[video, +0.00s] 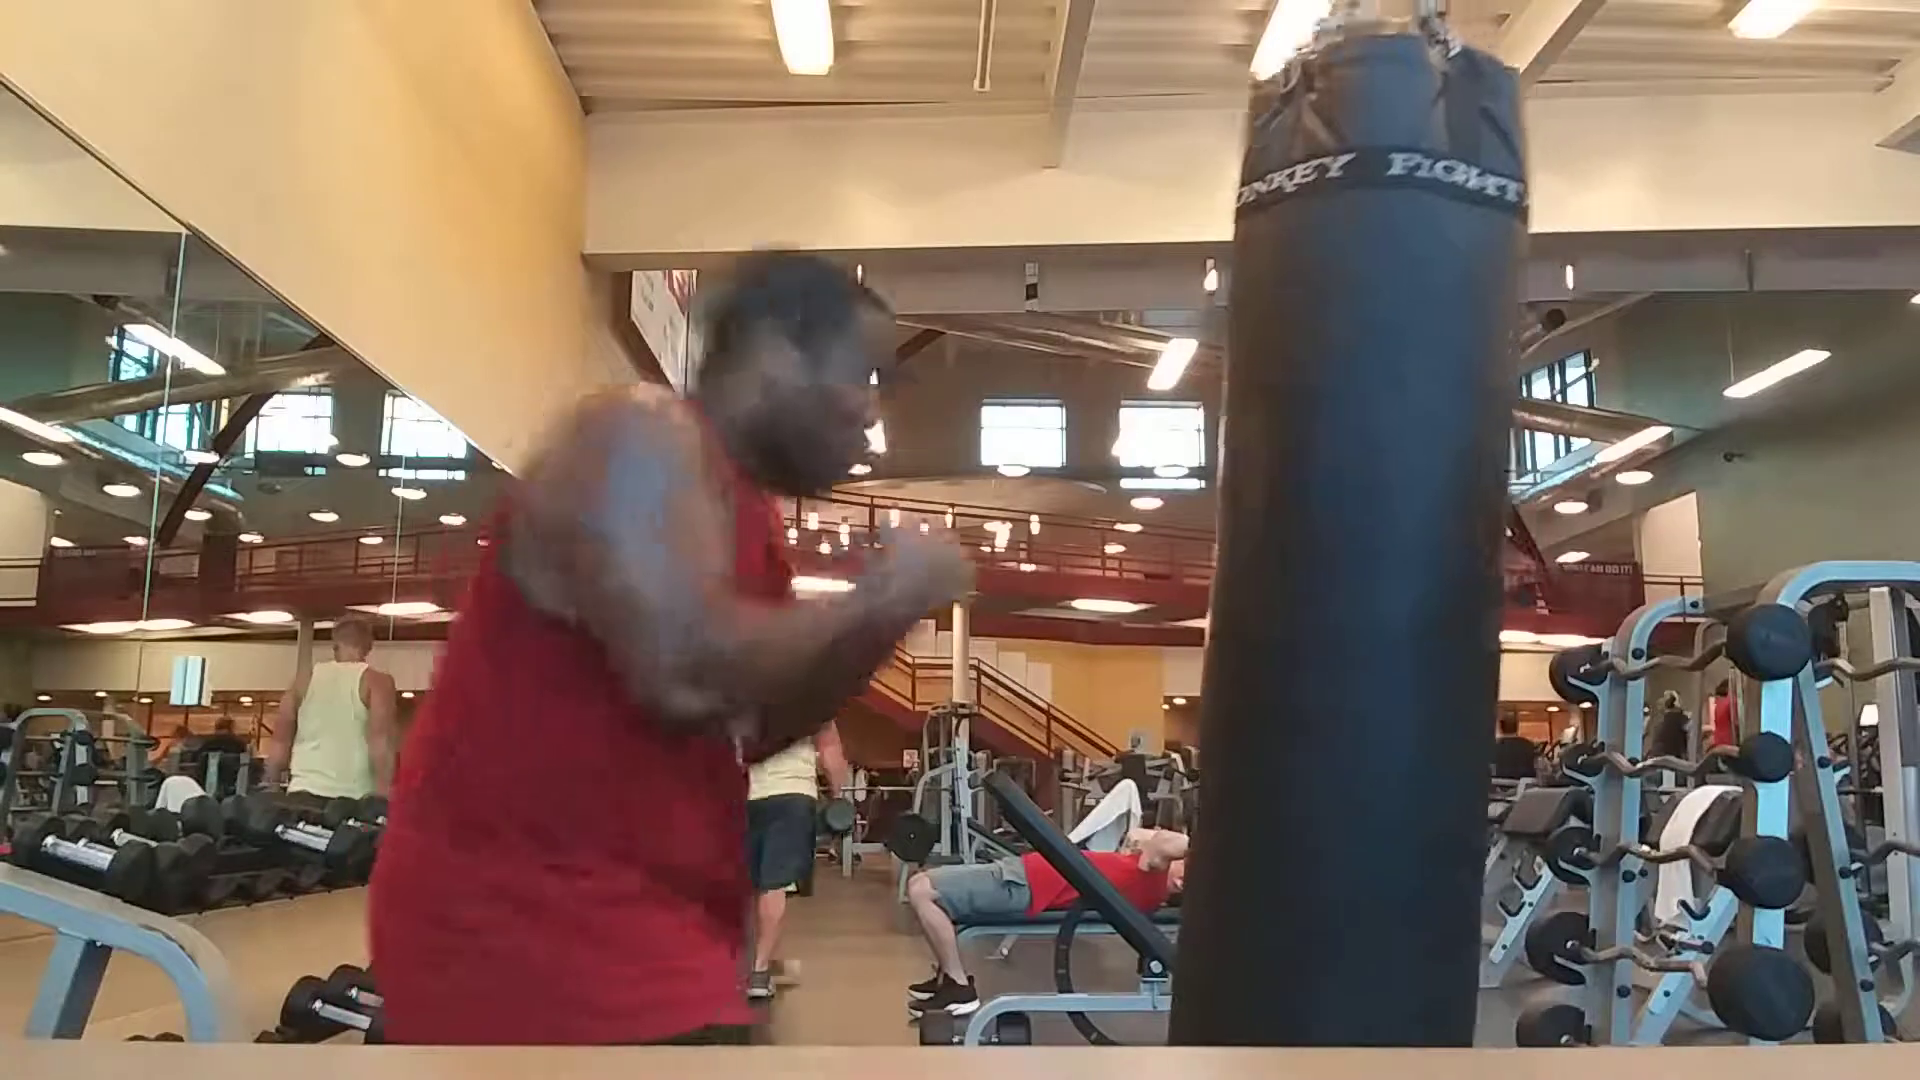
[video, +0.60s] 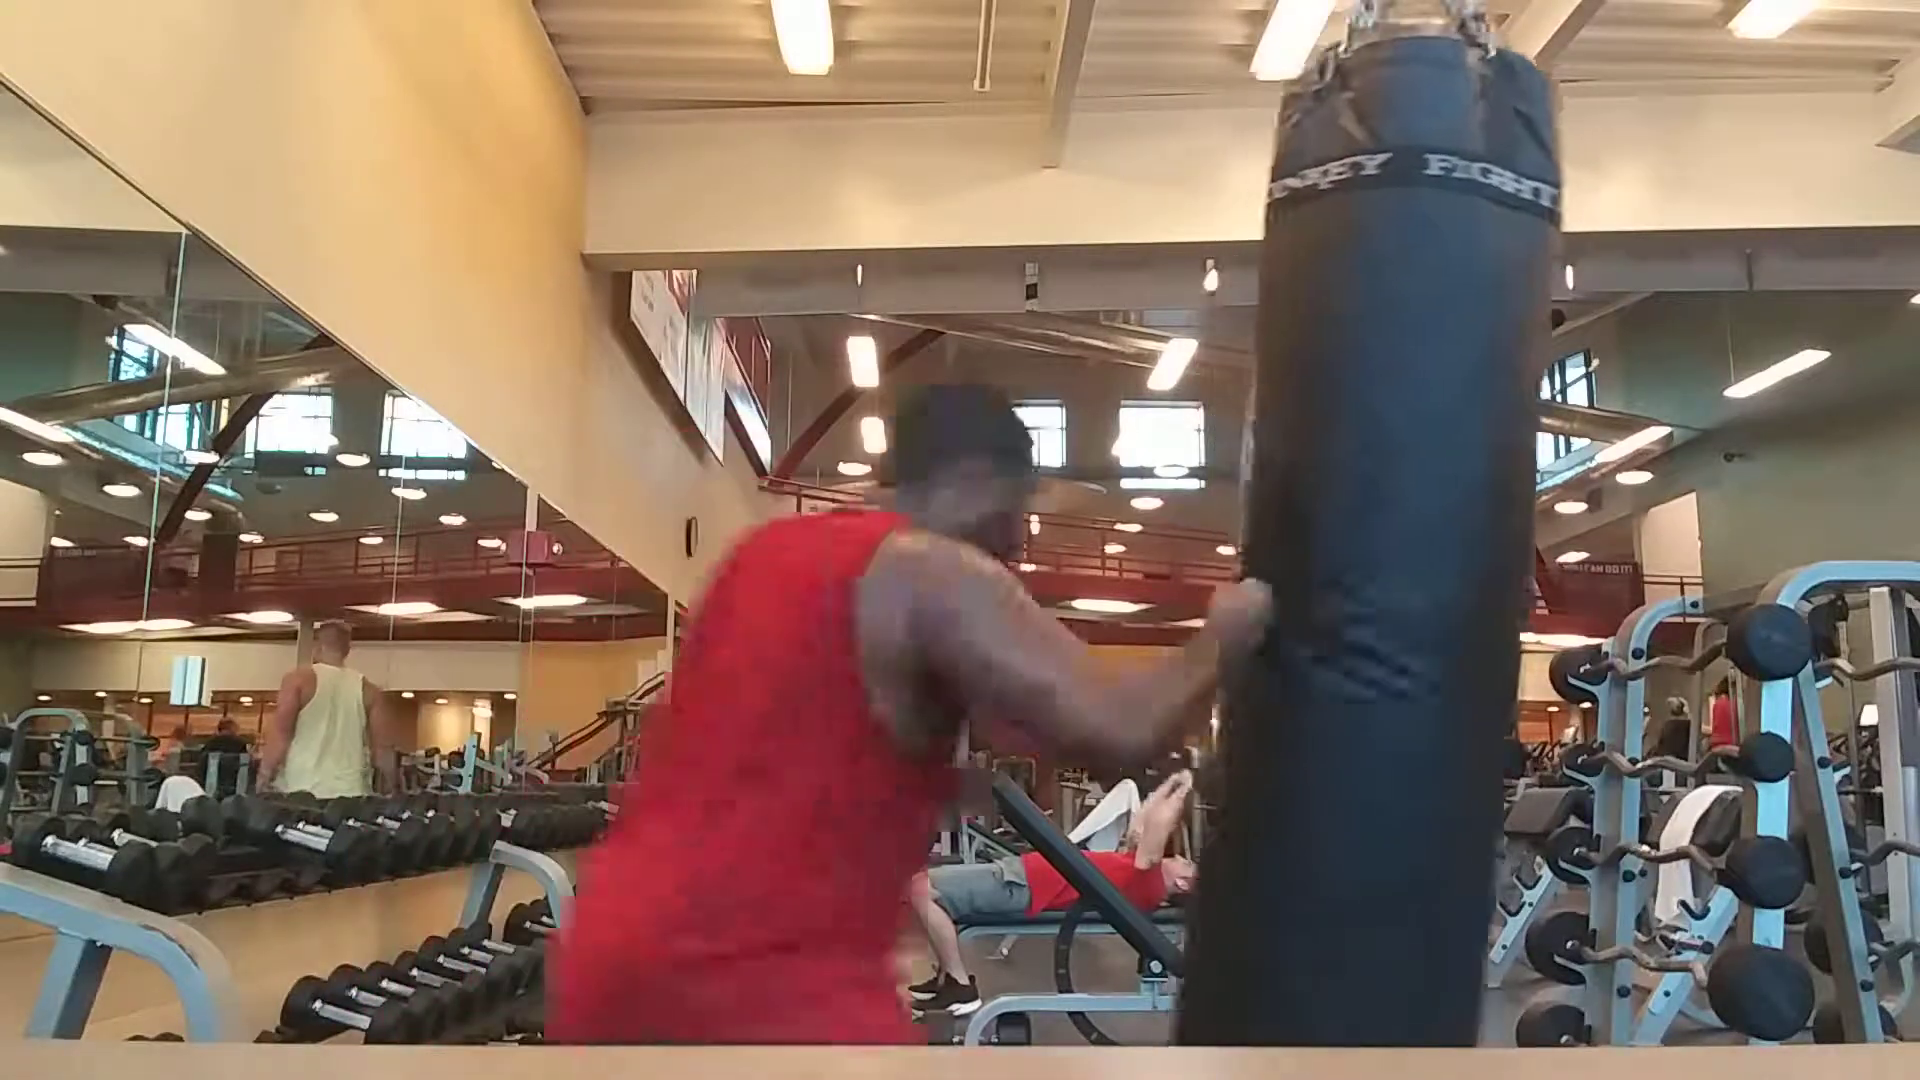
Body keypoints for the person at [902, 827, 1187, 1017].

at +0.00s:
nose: (1183, 863)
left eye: (1188, 866)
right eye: (1186, 861)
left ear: (1183, 878)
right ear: (1177, 864)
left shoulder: (1150, 884)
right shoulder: (1143, 871)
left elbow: (1156, 840)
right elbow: (1142, 836)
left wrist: (1193, 847)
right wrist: (1190, 848)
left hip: (1024, 885)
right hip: (1019, 872)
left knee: (922, 889)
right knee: (922, 881)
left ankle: (959, 985)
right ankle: (945, 977)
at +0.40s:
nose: (1174, 859)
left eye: (1181, 862)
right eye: (1181, 859)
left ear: (1181, 878)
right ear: (1179, 867)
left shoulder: (1150, 885)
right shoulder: (1148, 878)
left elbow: (1148, 831)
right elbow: (1143, 831)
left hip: (1026, 884)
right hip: (1023, 873)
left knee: (921, 889)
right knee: (924, 881)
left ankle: (960, 985)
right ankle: (946, 977)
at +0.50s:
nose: (1172, 859)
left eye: (1179, 861)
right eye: (1178, 858)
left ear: (1179, 877)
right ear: (1173, 863)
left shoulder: (1149, 884)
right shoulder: (1145, 874)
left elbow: (1156, 822)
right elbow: (1140, 824)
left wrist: (1185, 798)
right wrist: (1181, 796)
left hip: (1025, 884)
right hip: (1021, 873)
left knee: (922, 888)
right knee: (923, 881)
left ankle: (960, 984)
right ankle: (945, 976)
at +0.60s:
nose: (1180, 858)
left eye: (1186, 865)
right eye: (1187, 860)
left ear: (1182, 882)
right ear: (1177, 870)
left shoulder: (1148, 885)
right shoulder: (1138, 867)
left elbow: (1159, 822)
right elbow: (1142, 819)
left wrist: (1182, 789)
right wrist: (1171, 784)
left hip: (1023, 886)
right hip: (1016, 870)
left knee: (923, 889)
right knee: (921, 880)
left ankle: (959, 984)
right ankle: (946, 976)